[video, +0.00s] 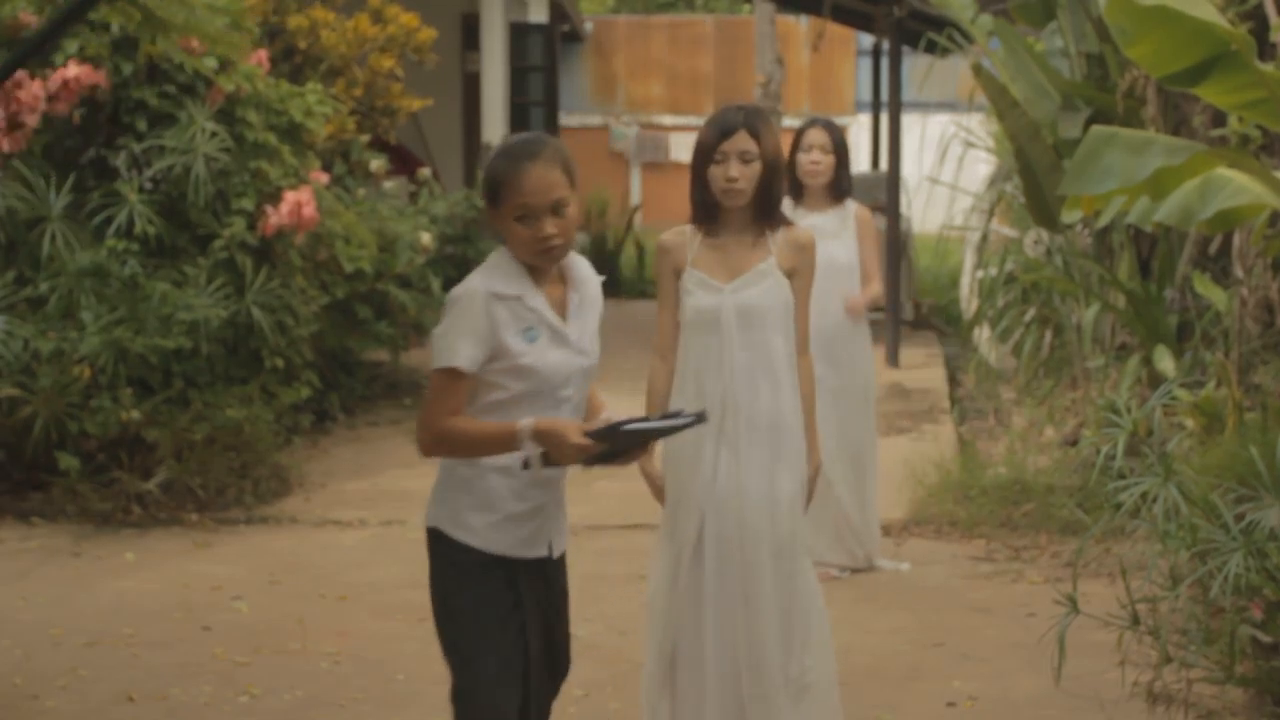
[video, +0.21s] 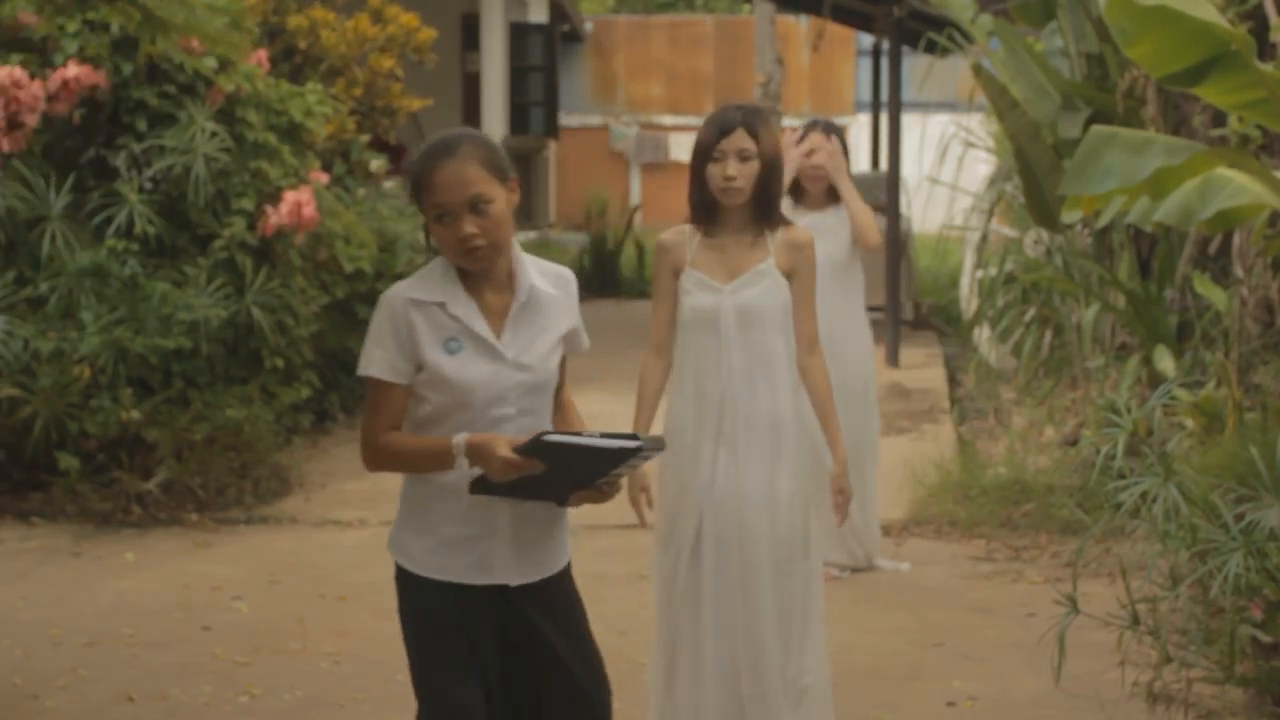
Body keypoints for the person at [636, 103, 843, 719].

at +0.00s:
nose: (731, 173)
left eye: (745, 161)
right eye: (720, 160)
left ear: (766, 170)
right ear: (704, 167)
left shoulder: (793, 245)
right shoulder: (678, 247)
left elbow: (800, 353)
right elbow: (663, 355)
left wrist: (812, 448)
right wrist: (648, 446)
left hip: (772, 440)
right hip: (699, 442)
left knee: (767, 593)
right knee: (704, 592)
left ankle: (769, 710)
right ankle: (704, 710)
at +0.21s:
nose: (729, 171)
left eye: (744, 159)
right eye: (718, 158)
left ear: (764, 169)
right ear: (702, 166)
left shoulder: (791, 244)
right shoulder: (678, 247)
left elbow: (809, 352)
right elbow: (658, 354)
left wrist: (838, 453)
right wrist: (637, 450)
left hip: (776, 447)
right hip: (700, 447)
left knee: (774, 610)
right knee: (702, 609)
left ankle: (774, 712)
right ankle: (705, 713)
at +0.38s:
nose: (729, 175)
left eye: (743, 162)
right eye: (718, 161)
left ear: (764, 170)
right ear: (701, 168)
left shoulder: (791, 246)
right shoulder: (676, 247)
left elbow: (815, 352)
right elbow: (654, 353)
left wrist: (846, 447)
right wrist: (624, 454)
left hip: (775, 448)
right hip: (699, 449)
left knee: (773, 610)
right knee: (701, 609)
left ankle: (774, 712)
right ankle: (705, 712)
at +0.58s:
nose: (728, 186)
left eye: (742, 173)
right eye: (715, 172)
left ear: (764, 176)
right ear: (699, 175)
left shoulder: (789, 246)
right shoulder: (674, 248)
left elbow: (814, 351)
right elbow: (651, 352)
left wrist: (834, 452)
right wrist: (628, 452)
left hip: (774, 449)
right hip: (697, 449)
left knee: (770, 604)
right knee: (699, 604)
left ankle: (769, 712)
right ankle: (701, 712)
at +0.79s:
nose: (727, 197)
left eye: (741, 182)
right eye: (715, 183)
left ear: (763, 180)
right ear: (696, 180)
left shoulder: (789, 248)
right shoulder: (674, 249)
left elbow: (814, 359)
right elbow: (650, 352)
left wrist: (800, 456)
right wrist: (653, 449)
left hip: (768, 454)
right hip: (694, 456)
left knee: (768, 621)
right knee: (695, 620)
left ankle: (771, 713)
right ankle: (697, 714)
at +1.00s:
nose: (727, 198)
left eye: (741, 184)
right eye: (715, 184)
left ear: (764, 182)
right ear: (697, 181)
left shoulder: (790, 248)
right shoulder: (674, 248)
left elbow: (815, 359)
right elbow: (652, 354)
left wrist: (772, 450)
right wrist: (674, 451)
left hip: (768, 458)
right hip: (694, 457)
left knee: (769, 617)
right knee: (695, 616)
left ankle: (771, 711)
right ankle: (697, 712)